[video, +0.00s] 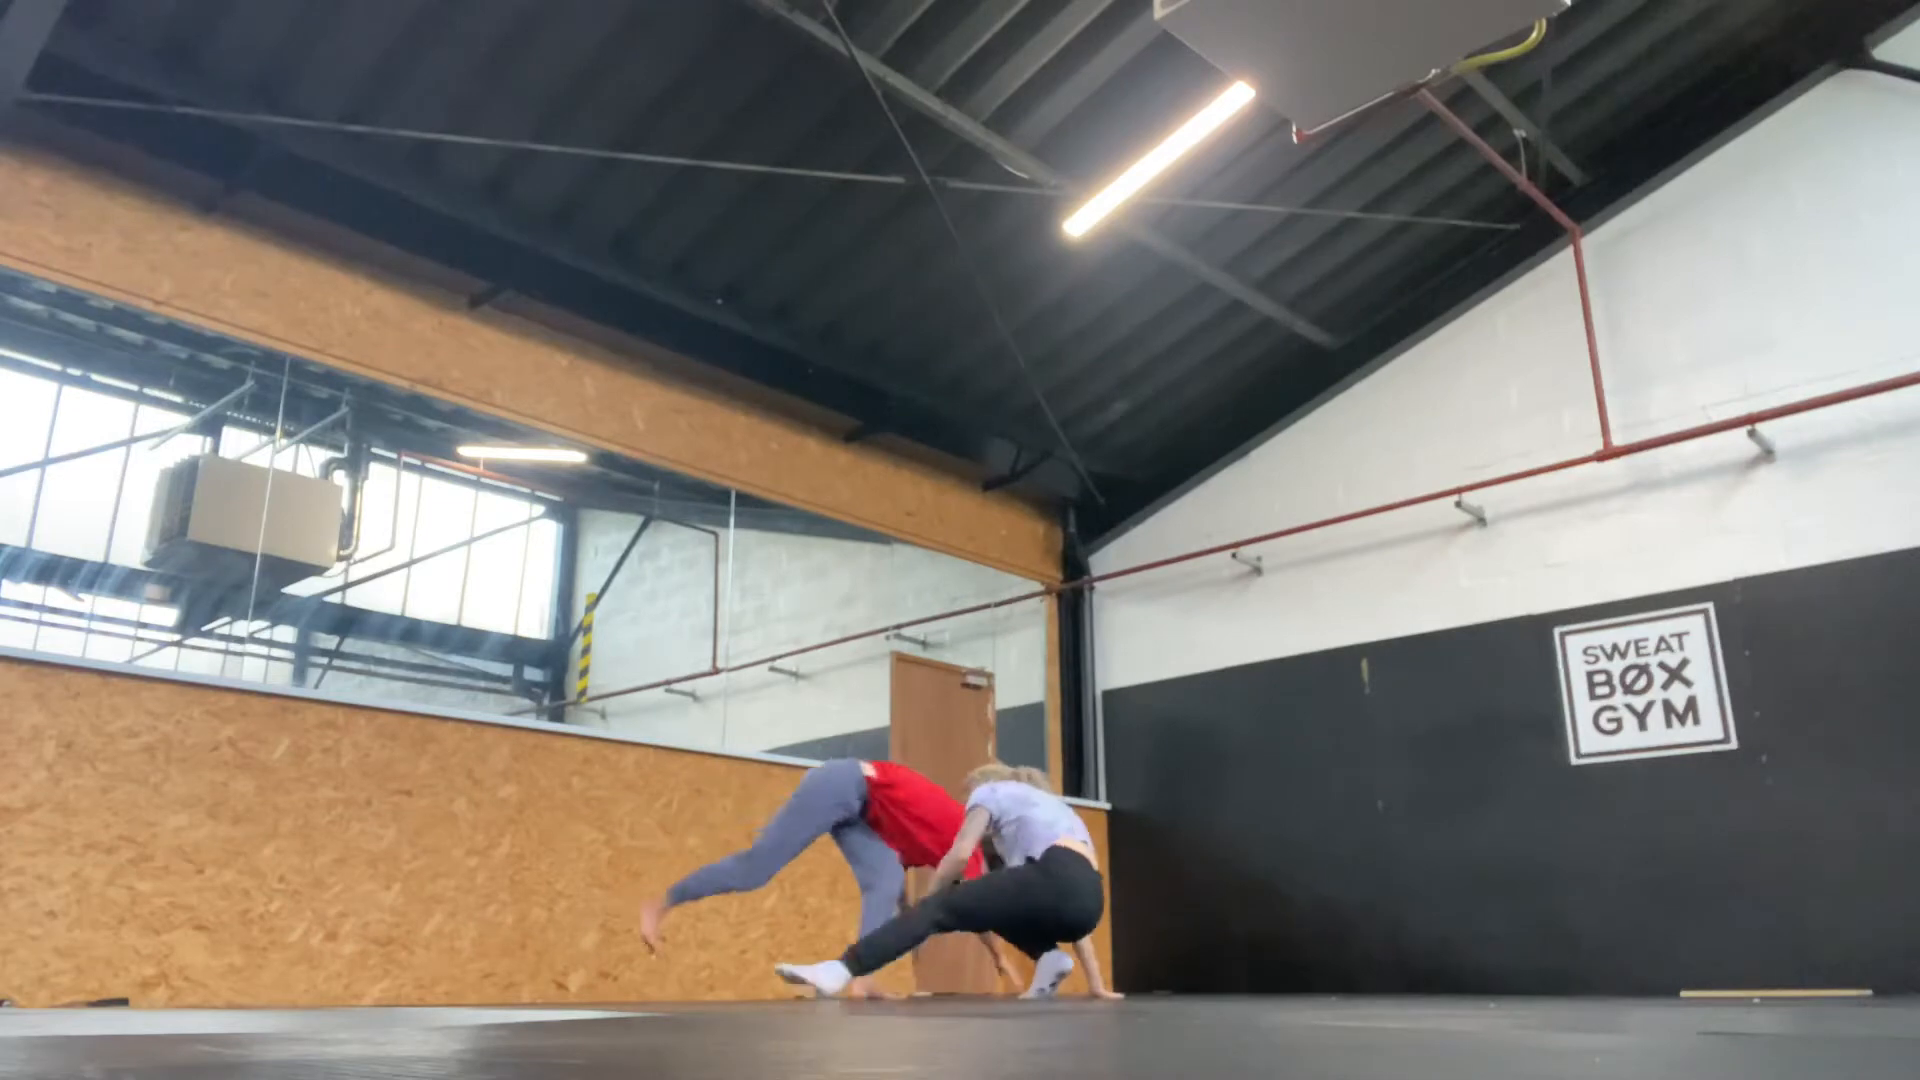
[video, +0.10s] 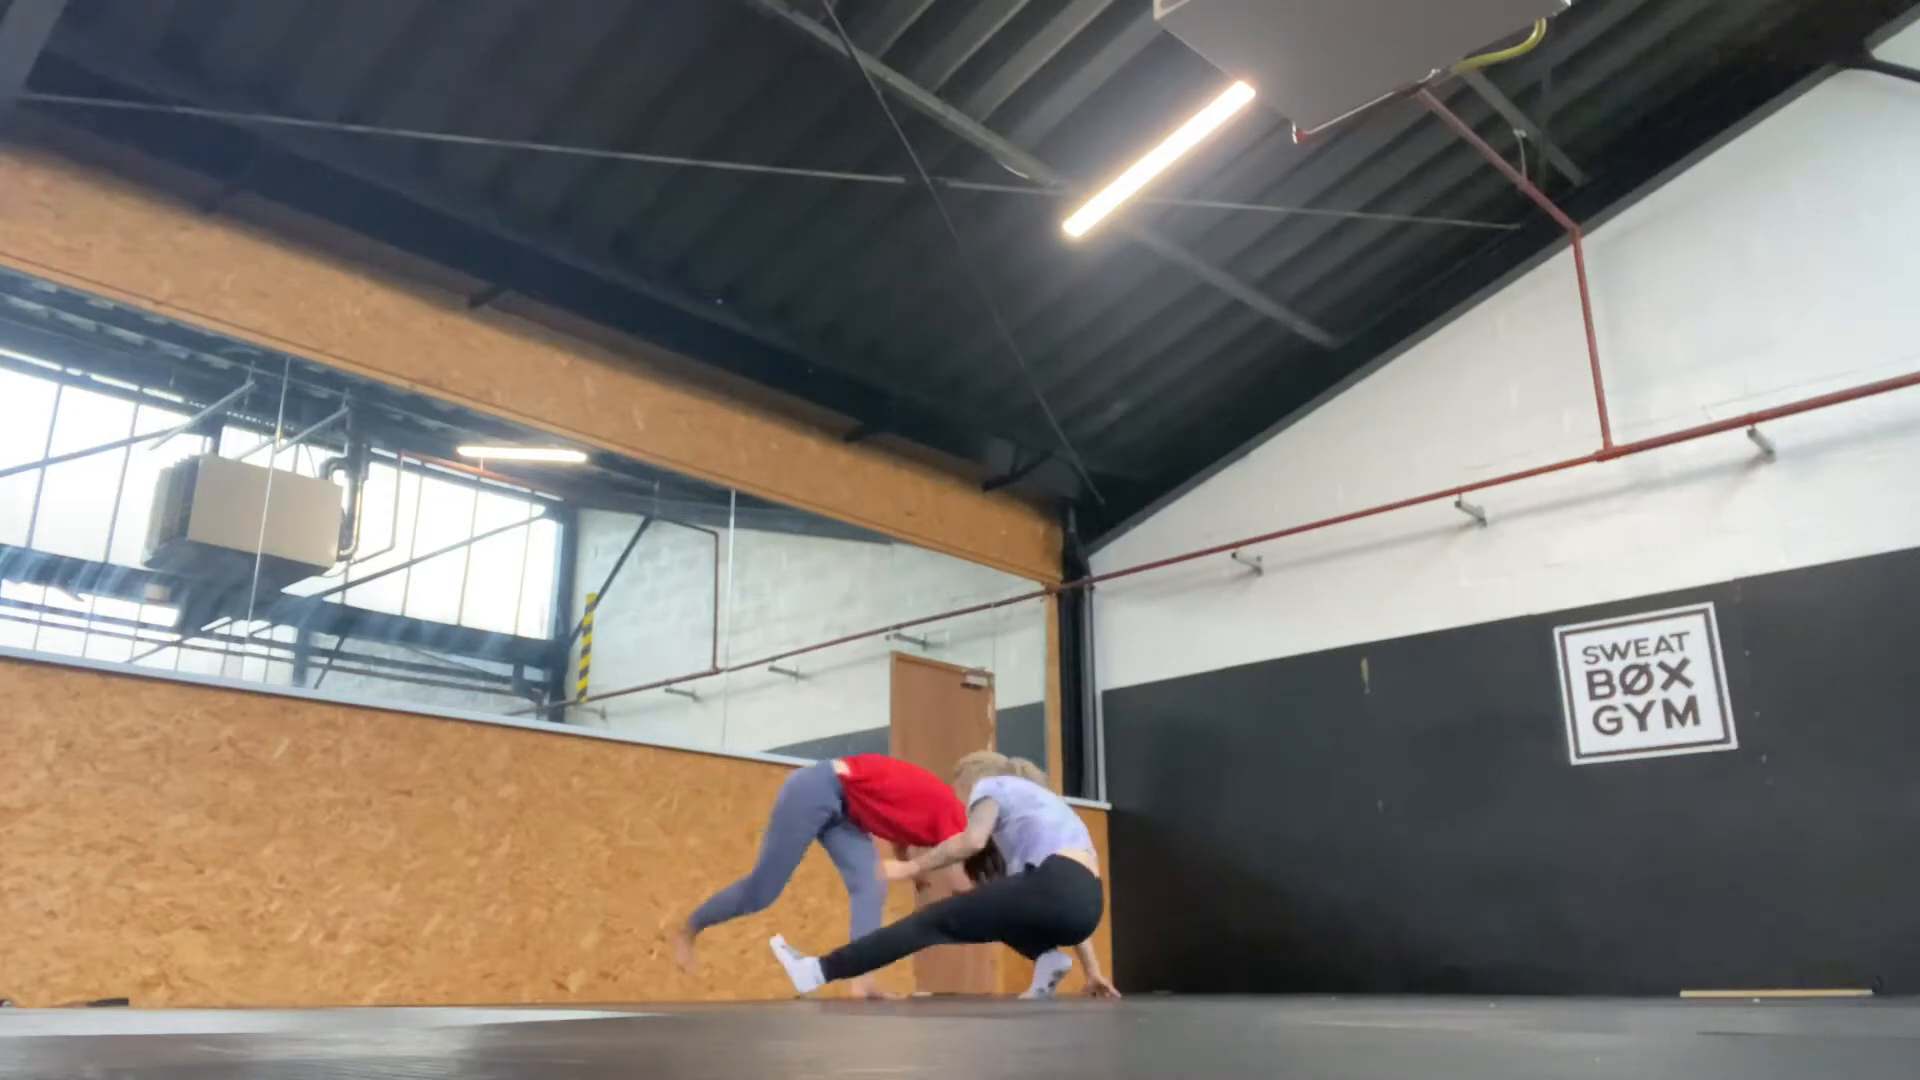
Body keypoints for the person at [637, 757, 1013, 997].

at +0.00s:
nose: (1001, 877)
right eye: (1005, 869)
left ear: (995, 844)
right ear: (999, 843)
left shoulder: (962, 848)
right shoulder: (972, 839)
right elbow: (982, 909)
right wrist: (1004, 967)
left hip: (862, 820)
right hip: (845, 781)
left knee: (886, 878)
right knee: (756, 869)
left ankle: (861, 981)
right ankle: (662, 903)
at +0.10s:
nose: (945, 894)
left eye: (956, 892)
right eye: (958, 889)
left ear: (960, 864)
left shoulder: (916, 842)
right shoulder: (955, 821)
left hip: (848, 814)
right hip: (822, 785)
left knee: (870, 883)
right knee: (764, 889)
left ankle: (862, 979)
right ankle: (690, 925)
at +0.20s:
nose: (950, 798)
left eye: (951, 787)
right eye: (948, 788)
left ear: (968, 775)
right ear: (995, 769)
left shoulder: (988, 789)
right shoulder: (1037, 796)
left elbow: (973, 850)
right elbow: (1058, 868)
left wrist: (911, 885)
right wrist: (1076, 937)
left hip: (1043, 905)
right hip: (1082, 913)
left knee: (934, 937)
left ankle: (835, 978)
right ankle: (1047, 966)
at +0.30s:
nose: (948, 794)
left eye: (944, 783)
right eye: (942, 785)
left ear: (955, 771)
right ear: (982, 760)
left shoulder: (978, 800)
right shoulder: (1029, 789)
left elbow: (962, 876)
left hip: (1031, 919)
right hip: (1077, 920)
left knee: (947, 942)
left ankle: (871, 980)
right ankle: (1043, 973)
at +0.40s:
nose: (932, 785)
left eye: (928, 774)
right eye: (927, 776)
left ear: (939, 769)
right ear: (967, 753)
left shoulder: (959, 810)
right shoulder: (1014, 781)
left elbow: (956, 898)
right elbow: (1053, 821)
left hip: (1018, 937)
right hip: (1068, 922)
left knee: (952, 934)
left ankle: (911, 981)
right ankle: (1041, 976)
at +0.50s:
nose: (908, 781)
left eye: (903, 773)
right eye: (902, 775)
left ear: (911, 768)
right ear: (938, 745)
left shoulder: (941, 814)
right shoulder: (984, 764)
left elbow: (952, 902)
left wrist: (940, 984)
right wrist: (991, 709)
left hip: (1005, 940)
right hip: (1056, 916)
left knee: (952, 926)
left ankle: (946, 989)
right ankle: (1038, 967)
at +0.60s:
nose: (878, 782)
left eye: (876, 773)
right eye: (873, 775)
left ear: (891, 764)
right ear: (905, 744)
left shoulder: (928, 815)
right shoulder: (947, 744)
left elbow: (945, 901)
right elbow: (917, 691)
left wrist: (942, 984)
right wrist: (891, 641)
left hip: (994, 927)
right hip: (1045, 899)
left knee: (950, 920)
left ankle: (958, 987)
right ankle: (1037, 951)